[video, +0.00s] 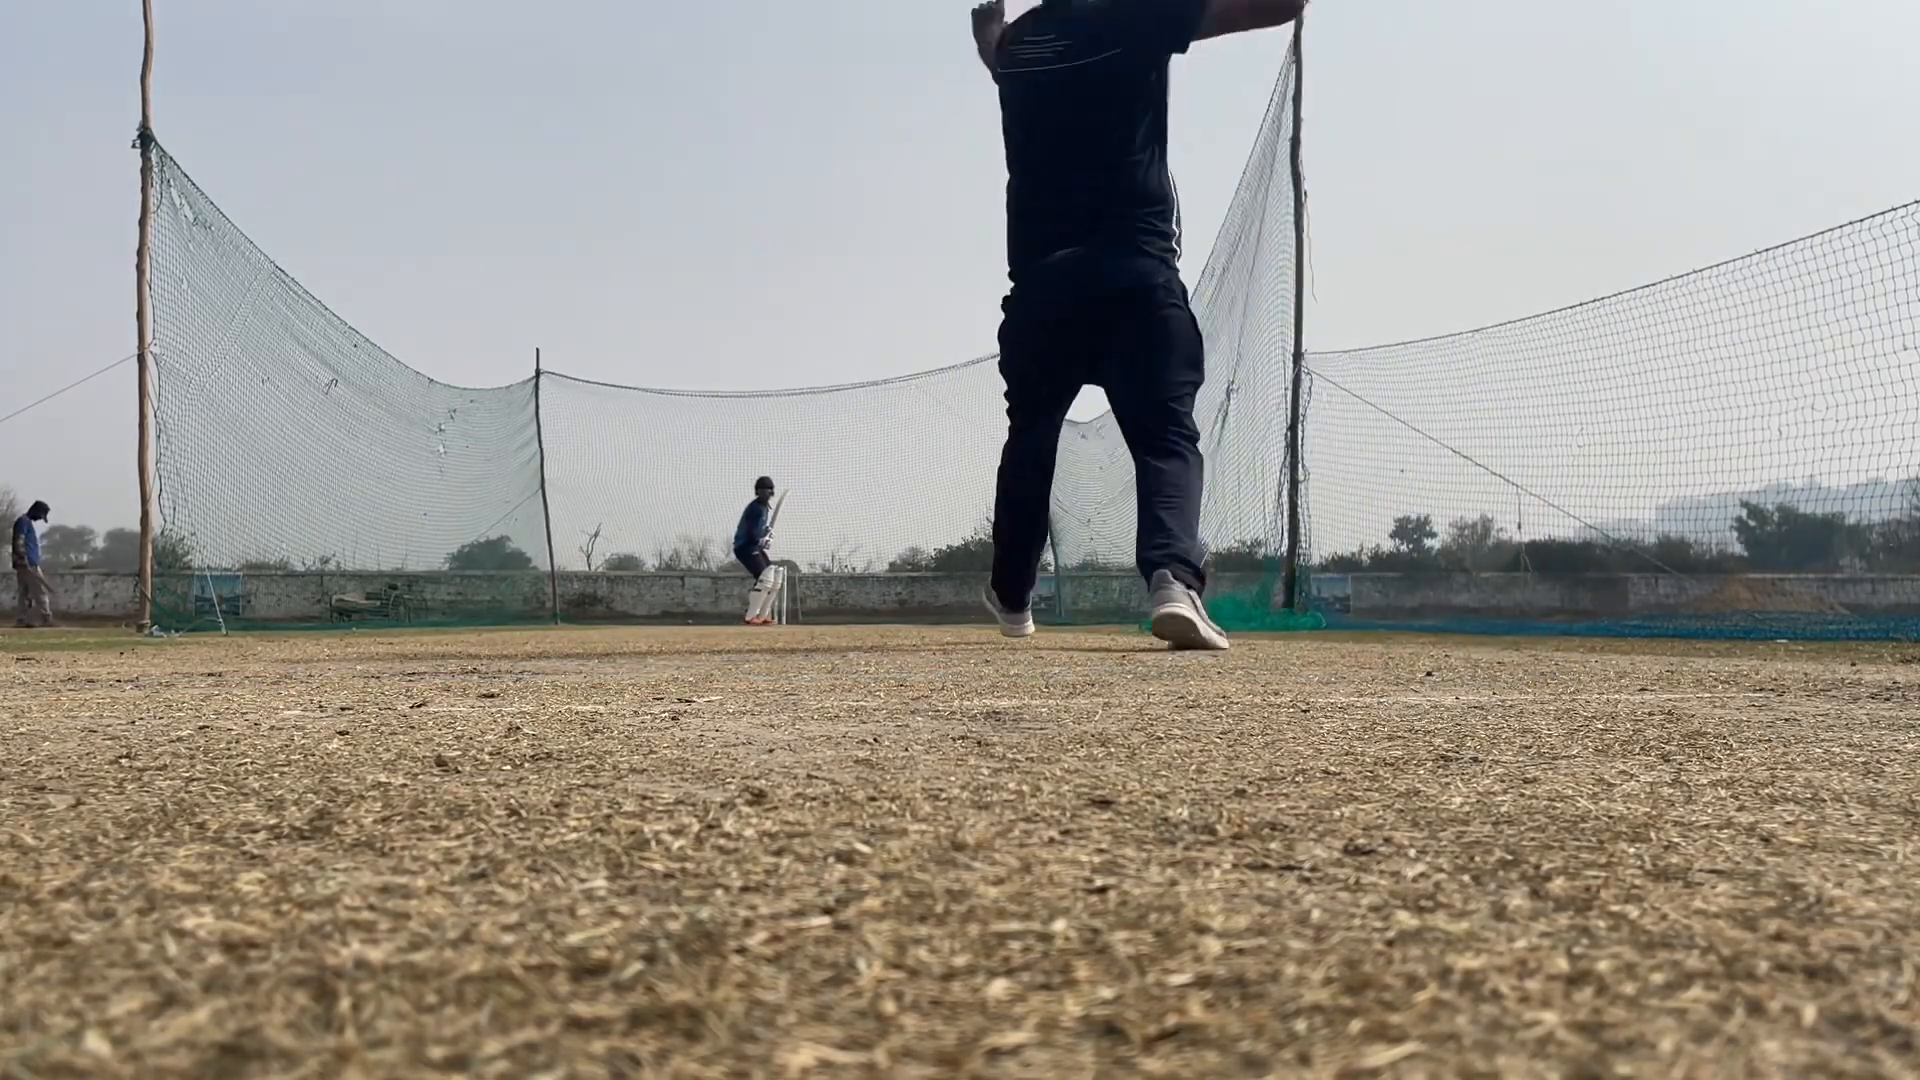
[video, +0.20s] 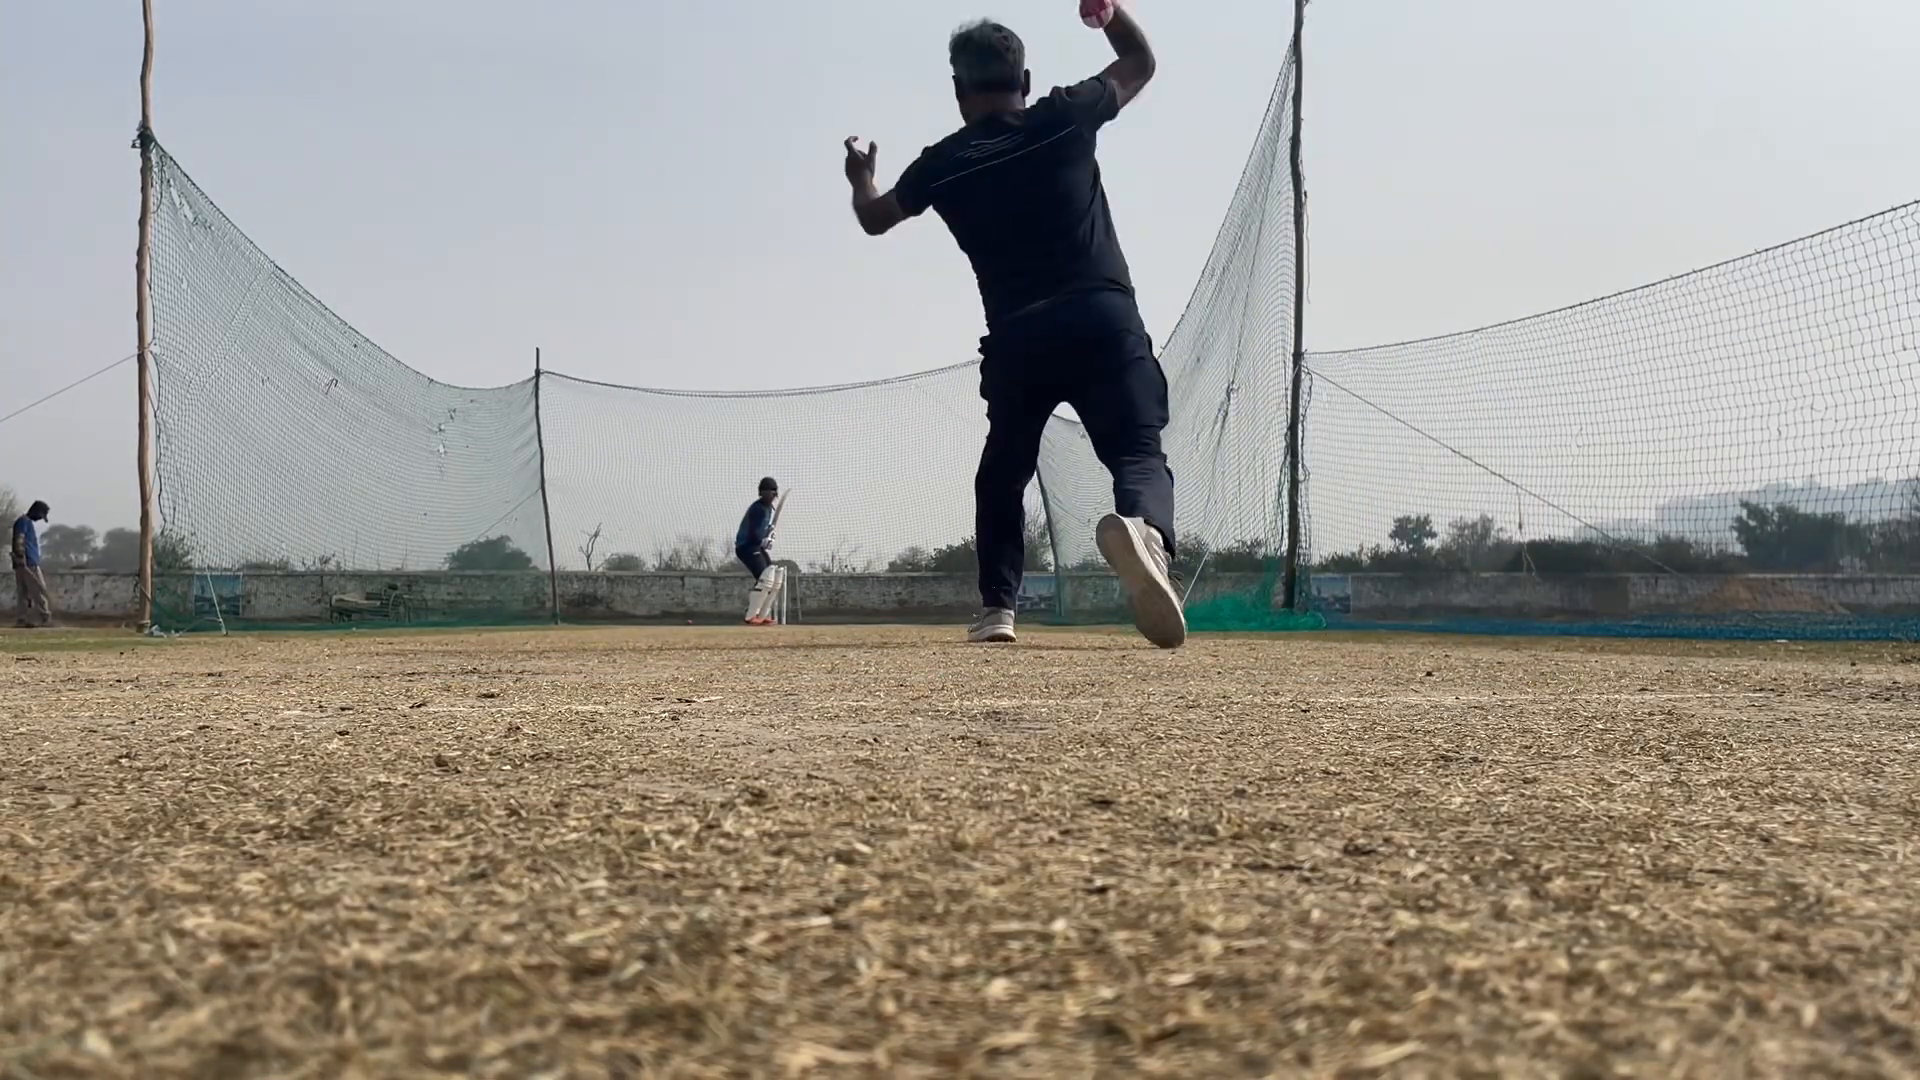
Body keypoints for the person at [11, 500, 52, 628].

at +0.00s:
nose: (40, 519)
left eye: (42, 517)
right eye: (41, 516)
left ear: (35, 511)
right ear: (36, 512)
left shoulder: (26, 523)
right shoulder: (23, 522)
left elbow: (28, 545)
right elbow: (19, 543)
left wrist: (36, 564)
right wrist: (24, 562)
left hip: (26, 564)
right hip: (29, 564)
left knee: (24, 594)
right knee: (40, 591)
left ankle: (21, 618)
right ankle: (46, 617)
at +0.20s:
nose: (40, 519)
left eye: (42, 517)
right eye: (41, 516)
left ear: (35, 511)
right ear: (36, 512)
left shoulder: (24, 522)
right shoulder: (24, 522)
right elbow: (19, 542)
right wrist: (21, 561)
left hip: (23, 563)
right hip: (29, 563)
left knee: (23, 593)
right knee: (39, 590)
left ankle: (22, 618)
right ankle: (45, 617)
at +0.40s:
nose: (40, 519)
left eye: (42, 517)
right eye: (41, 516)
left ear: (35, 512)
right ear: (37, 512)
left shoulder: (26, 523)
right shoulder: (24, 522)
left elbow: (24, 544)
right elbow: (19, 542)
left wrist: (32, 561)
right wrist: (25, 562)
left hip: (22, 564)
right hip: (26, 563)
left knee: (22, 593)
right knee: (37, 590)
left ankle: (21, 618)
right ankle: (40, 618)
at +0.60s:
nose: (41, 519)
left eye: (43, 517)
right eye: (42, 516)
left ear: (38, 513)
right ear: (38, 512)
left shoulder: (29, 523)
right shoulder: (24, 521)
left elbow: (25, 542)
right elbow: (19, 541)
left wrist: (31, 559)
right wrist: (24, 556)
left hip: (27, 562)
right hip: (24, 562)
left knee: (23, 591)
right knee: (31, 589)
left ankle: (22, 617)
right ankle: (31, 617)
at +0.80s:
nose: (41, 517)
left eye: (43, 515)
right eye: (41, 514)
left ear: (40, 514)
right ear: (36, 510)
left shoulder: (31, 524)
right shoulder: (23, 521)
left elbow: (28, 542)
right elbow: (16, 540)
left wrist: (31, 559)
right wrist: (22, 557)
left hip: (29, 563)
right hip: (22, 563)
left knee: (27, 590)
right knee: (24, 590)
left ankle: (22, 617)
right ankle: (21, 618)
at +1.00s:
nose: (37, 514)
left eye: (40, 512)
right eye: (37, 511)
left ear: (41, 514)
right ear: (31, 508)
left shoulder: (34, 528)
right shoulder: (19, 521)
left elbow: (35, 549)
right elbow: (13, 541)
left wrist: (38, 568)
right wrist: (15, 559)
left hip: (30, 565)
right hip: (19, 563)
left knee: (26, 592)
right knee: (20, 590)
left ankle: (4, 612)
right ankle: (21, 618)